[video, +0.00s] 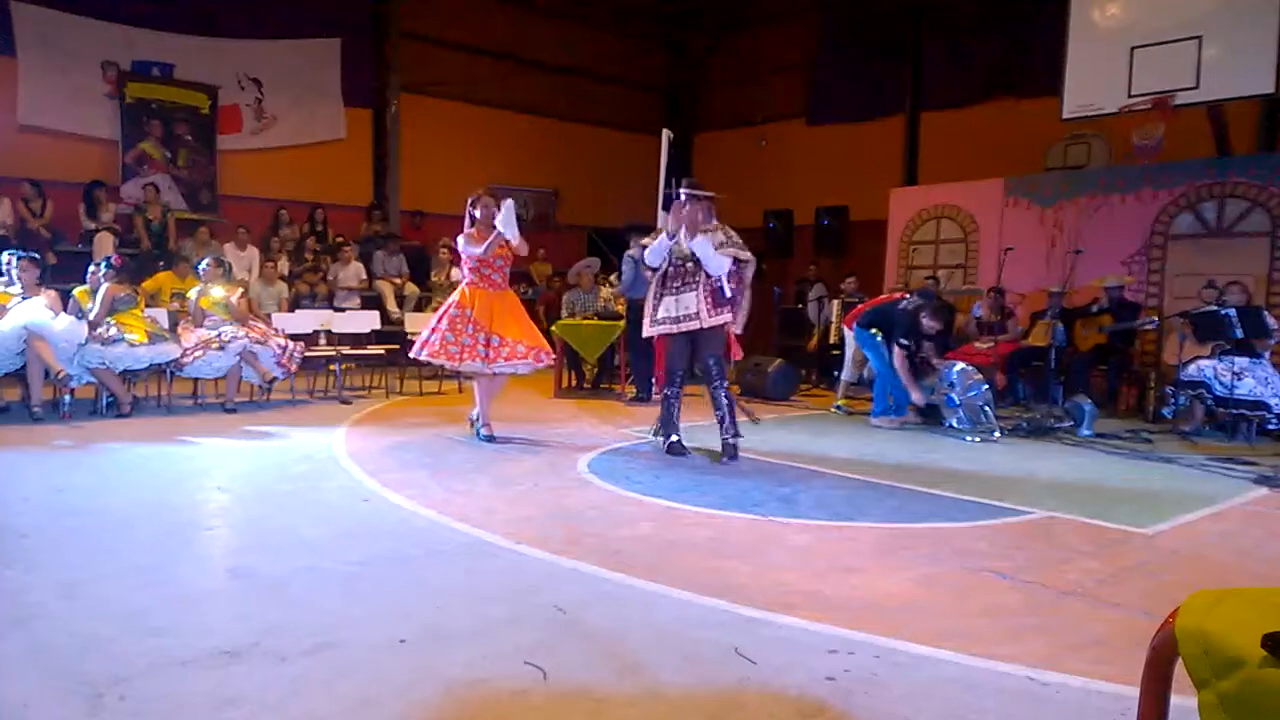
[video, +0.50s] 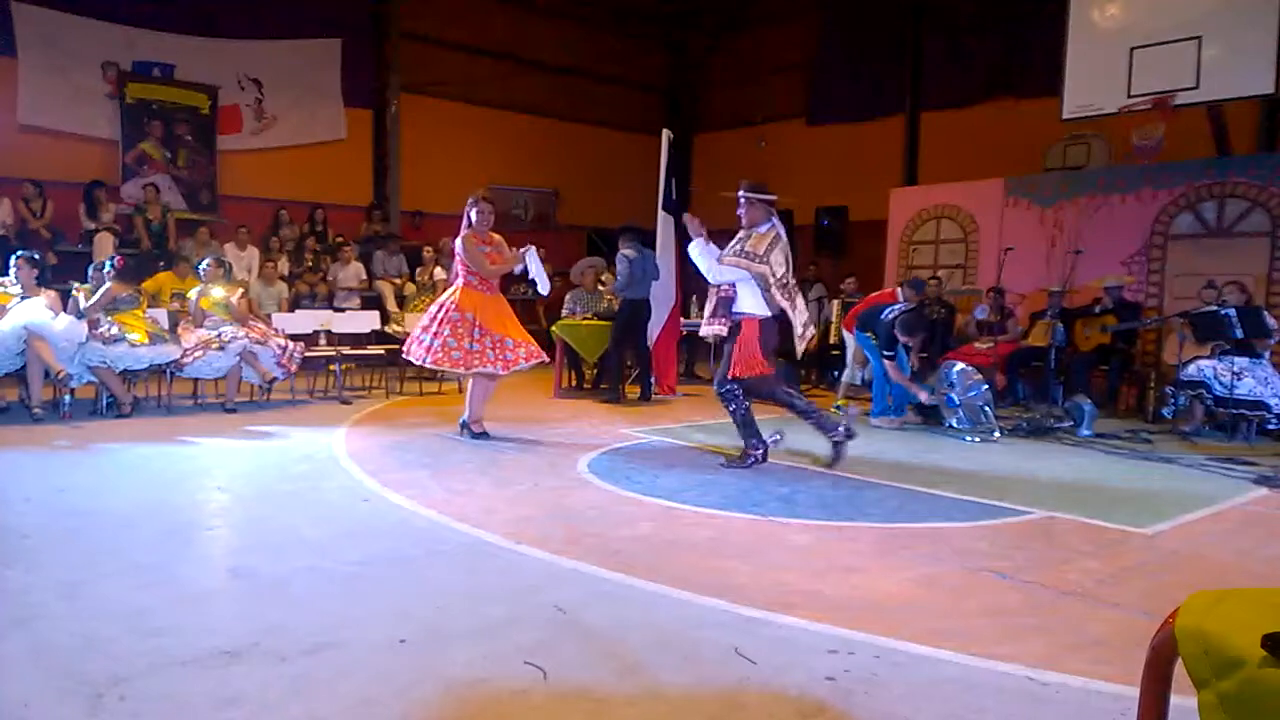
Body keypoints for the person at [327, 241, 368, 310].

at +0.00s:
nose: (349, 254)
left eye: (350, 251)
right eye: (345, 252)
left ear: (352, 252)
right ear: (339, 254)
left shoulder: (359, 266)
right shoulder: (334, 267)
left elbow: (365, 284)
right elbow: (329, 280)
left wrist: (351, 288)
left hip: (354, 305)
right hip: (339, 305)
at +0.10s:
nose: (349, 254)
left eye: (350, 251)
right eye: (345, 252)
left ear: (352, 252)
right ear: (339, 254)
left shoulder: (359, 266)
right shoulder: (334, 267)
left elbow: (365, 284)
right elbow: (329, 281)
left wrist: (351, 288)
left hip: (354, 305)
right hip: (339, 305)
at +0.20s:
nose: (349, 254)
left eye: (350, 251)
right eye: (346, 252)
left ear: (352, 252)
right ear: (339, 254)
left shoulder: (359, 266)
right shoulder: (334, 267)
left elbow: (365, 284)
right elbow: (329, 281)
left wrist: (352, 288)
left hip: (354, 305)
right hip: (339, 305)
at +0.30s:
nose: (349, 254)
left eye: (350, 251)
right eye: (345, 252)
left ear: (352, 252)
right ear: (339, 254)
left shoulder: (359, 266)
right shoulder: (334, 267)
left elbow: (365, 284)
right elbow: (329, 281)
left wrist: (351, 288)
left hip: (354, 305)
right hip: (339, 305)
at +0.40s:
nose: (349, 254)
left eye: (350, 251)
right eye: (346, 252)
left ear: (353, 252)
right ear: (339, 254)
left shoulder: (359, 266)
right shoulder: (334, 267)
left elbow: (365, 284)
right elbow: (329, 281)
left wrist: (351, 288)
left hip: (354, 305)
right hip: (338, 305)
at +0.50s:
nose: (349, 254)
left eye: (350, 251)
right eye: (346, 252)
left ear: (353, 252)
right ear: (339, 254)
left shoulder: (359, 266)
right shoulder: (334, 267)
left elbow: (365, 284)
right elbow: (329, 281)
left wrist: (351, 288)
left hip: (354, 305)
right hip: (338, 305)